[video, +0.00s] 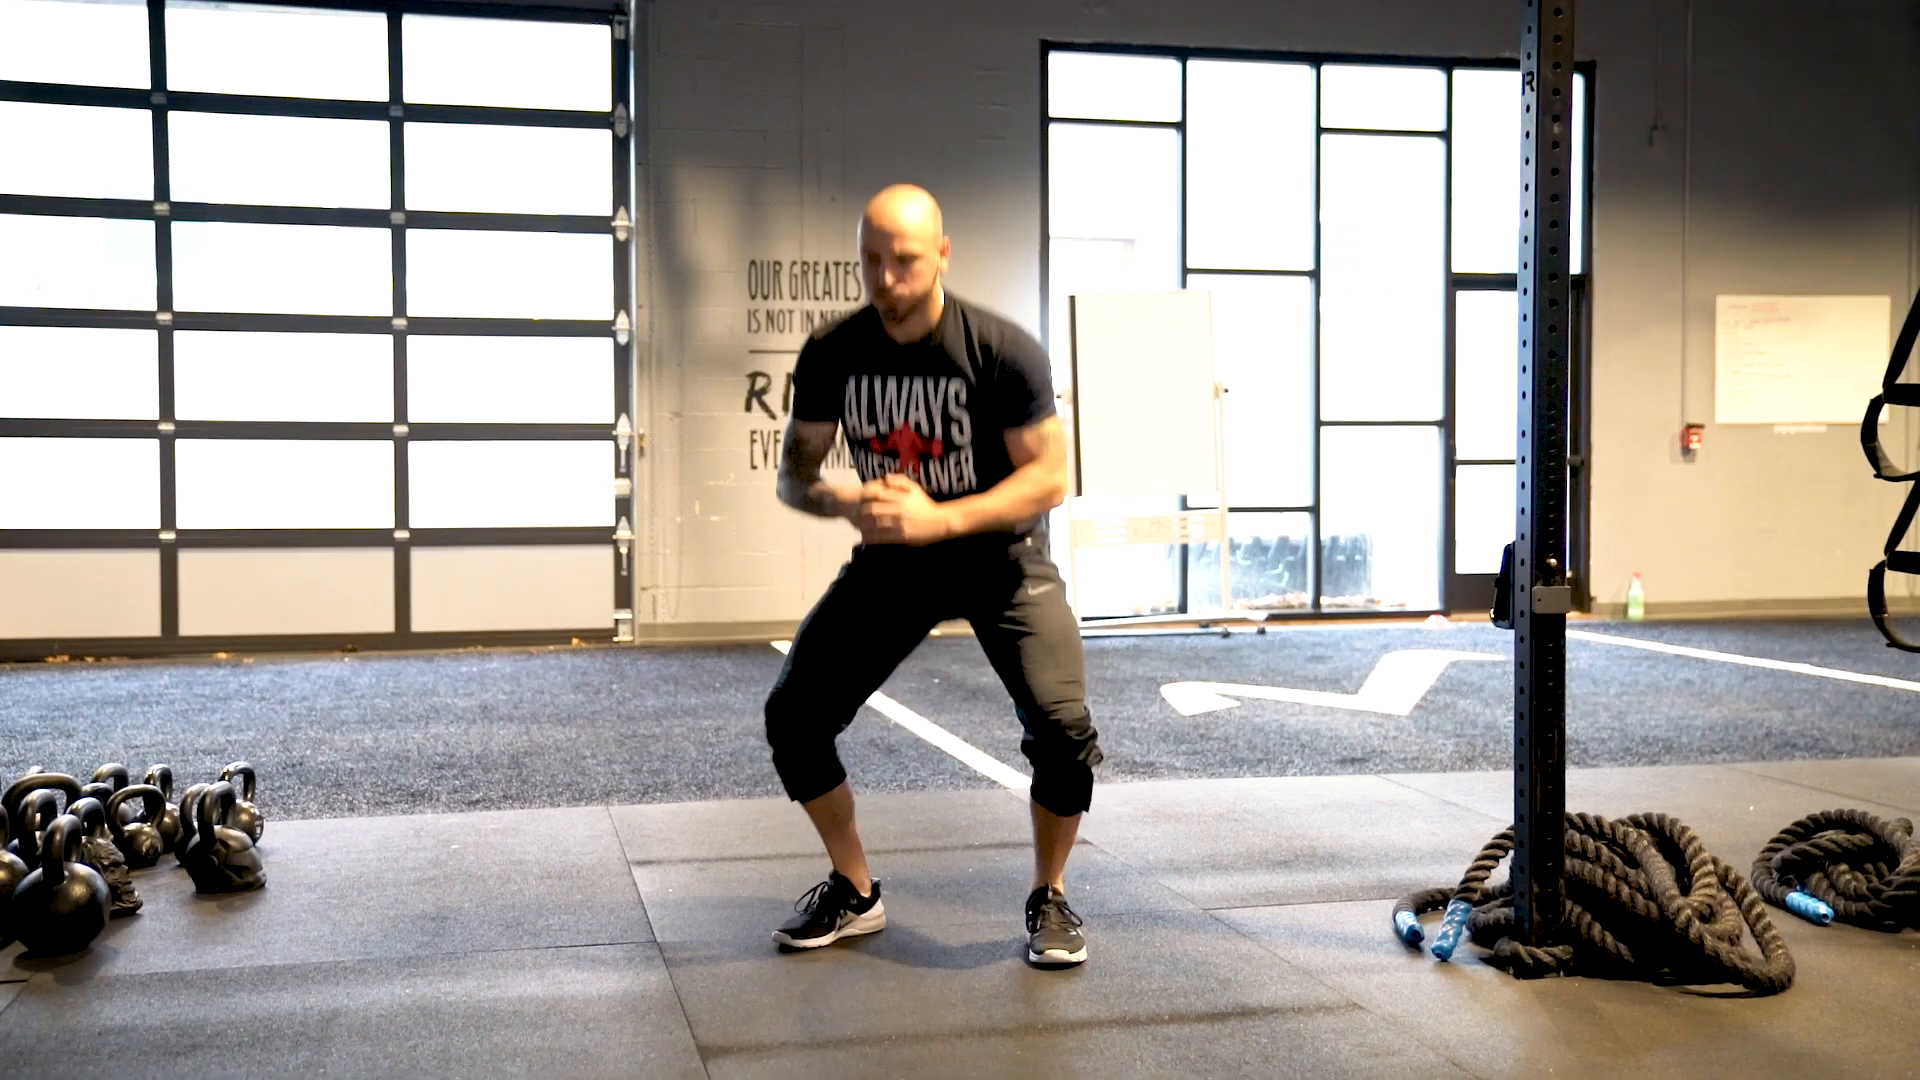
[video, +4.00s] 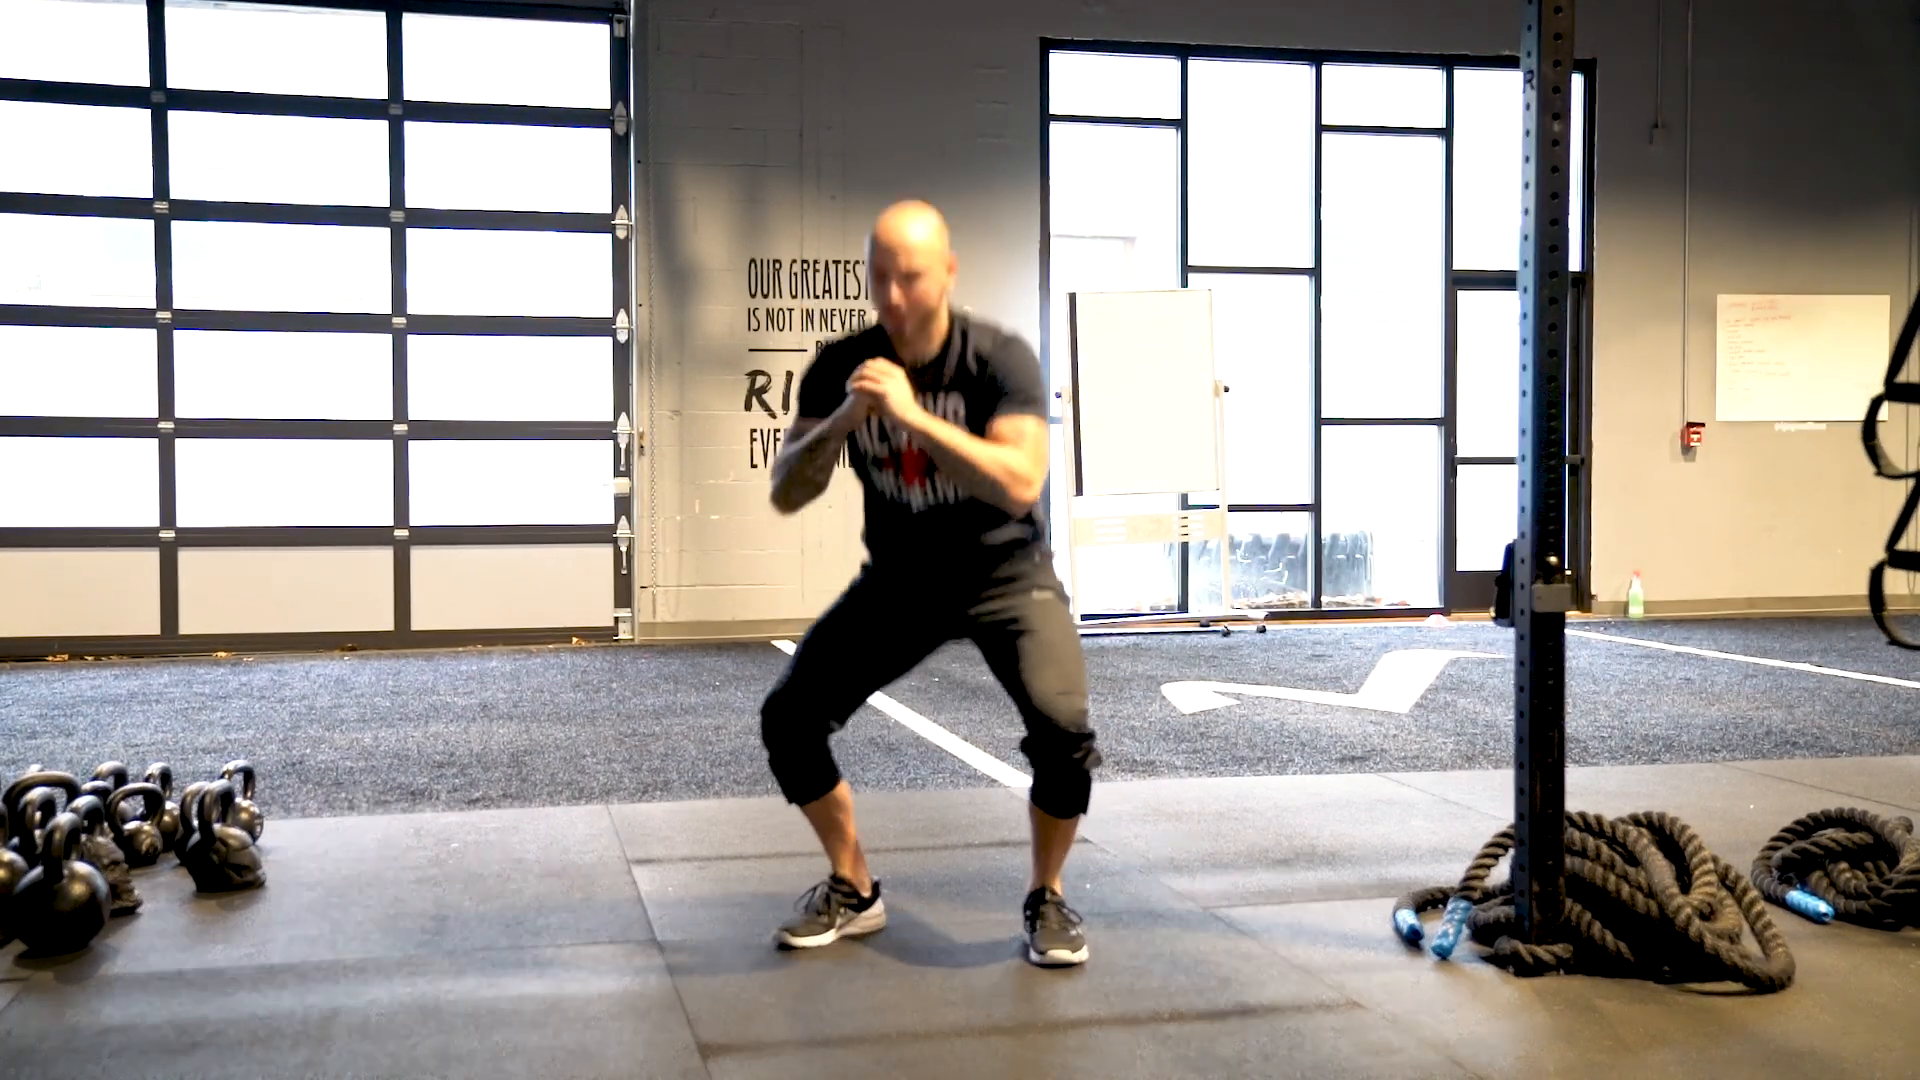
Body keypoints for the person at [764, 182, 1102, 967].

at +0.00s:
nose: (887, 281)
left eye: (906, 263)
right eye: (874, 261)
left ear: (943, 257)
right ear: (859, 256)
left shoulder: (1003, 352)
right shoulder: (830, 354)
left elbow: (1050, 477)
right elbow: (795, 481)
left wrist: (943, 516)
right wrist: (846, 500)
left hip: (1005, 560)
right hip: (894, 563)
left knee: (1064, 727)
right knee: (794, 718)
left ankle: (1049, 896)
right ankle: (854, 888)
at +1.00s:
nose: (894, 252)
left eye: (912, 233)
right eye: (881, 233)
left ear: (950, 229)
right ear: (866, 230)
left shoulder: (1013, 321)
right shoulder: (834, 330)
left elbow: (1073, 443)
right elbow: (803, 449)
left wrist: (962, 486)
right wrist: (860, 481)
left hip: (1007, 546)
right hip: (893, 545)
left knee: (1056, 722)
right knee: (806, 714)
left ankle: (1048, 894)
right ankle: (855, 887)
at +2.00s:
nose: (887, 261)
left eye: (904, 241)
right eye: (873, 242)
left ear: (943, 237)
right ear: (859, 241)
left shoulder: (1005, 331)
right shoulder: (832, 339)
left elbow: (1056, 461)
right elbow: (800, 476)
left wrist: (941, 460)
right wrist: (850, 464)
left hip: (1005, 544)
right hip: (896, 546)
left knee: (1052, 723)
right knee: (801, 714)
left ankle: (1047, 896)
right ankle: (854, 887)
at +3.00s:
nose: (892, 282)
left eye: (910, 262)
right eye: (880, 262)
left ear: (949, 259)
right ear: (866, 262)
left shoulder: (1005, 351)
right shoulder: (838, 357)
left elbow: (1033, 486)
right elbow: (799, 500)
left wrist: (921, 438)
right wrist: (843, 448)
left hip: (1007, 565)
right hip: (899, 567)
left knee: (1060, 726)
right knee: (793, 720)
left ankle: (1047, 898)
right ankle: (854, 889)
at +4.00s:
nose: (892, 298)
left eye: (910, 278)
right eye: (880, 278)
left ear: (949, 276)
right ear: (866, 278)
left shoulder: (1001, 358)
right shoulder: (838, 367)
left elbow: (1022, 483)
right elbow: (786, 495)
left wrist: (913, 415)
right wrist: (842, 421)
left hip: (1006, 575)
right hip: (901, 579)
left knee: (1064, 726)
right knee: (789, 720)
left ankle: (1046, 897)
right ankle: (852, 888)